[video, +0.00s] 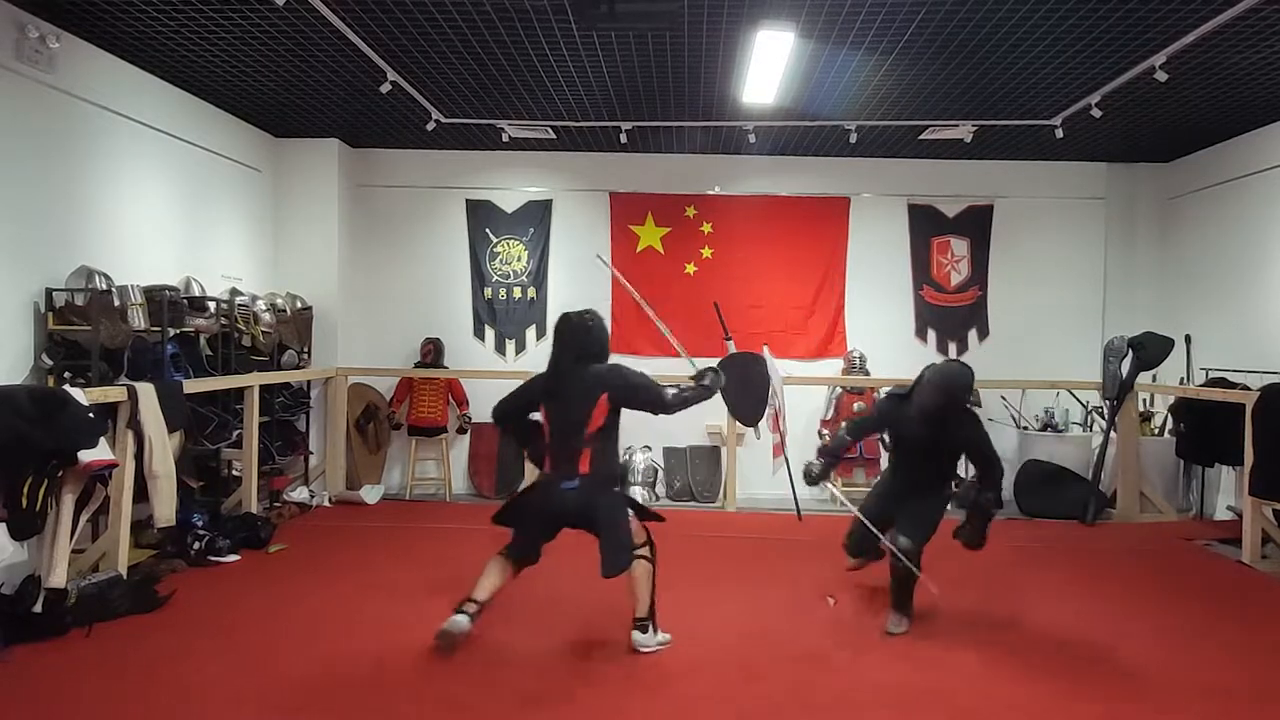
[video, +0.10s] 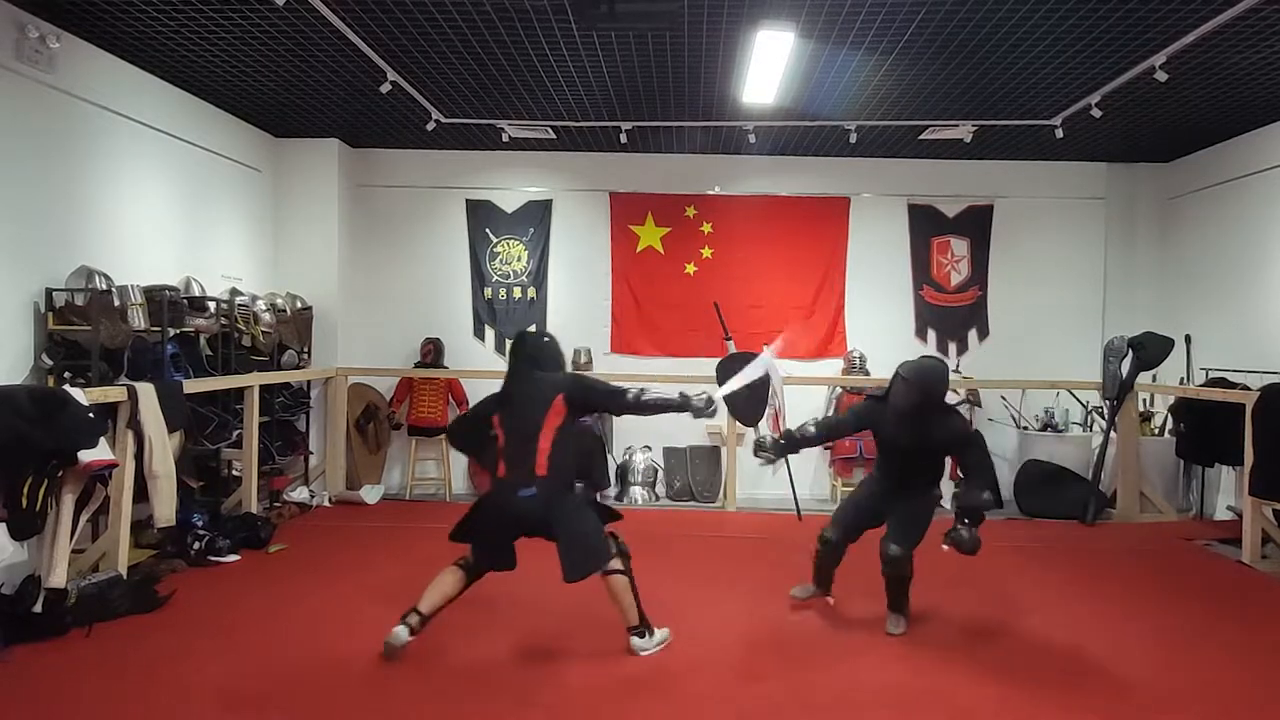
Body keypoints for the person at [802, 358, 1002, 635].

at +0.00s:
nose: (927, 400)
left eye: (936, 397)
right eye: (927, 391)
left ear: (952, 400)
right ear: (921, 384)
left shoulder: (965, 424)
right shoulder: (897, 406)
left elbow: (991, 470)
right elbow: (855, 430)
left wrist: (980, 516)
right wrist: (826, 460)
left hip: (931, 492)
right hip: (894, 481)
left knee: (903, 548)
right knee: (854, 544)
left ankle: (900, 611)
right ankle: (875, 552)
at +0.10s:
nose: (898, 395)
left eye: (908, 392)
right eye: (899, 387)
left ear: (928, 398)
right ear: (896, 382)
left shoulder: (950, 426)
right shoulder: (879, 408)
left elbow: (978, 470)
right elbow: (832, 426)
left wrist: (968, 519)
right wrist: (785, 442)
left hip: (919, 494)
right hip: (880, 484)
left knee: (894, 552)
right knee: (831, 537)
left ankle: (896, 612)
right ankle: (820, 586)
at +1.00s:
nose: (890, 337)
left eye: (899, 330)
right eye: (890, 330)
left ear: (920, 336)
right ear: (889, 337)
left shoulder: (946, 376)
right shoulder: (886, 379)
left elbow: (982, 428)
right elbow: (872, 426)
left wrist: (953, 451)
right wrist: (828, 429)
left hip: (930, 485)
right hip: (890, 481)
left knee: (919, 576)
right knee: (850, 549)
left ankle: (946, 625)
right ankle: (833, 625)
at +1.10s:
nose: (903, 332)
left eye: (911, 326)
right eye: (902, 325)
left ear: (932, 331)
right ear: (901, 330)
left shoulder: (958, 370)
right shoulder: (902, 372)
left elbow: (996, 426)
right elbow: (887, 423)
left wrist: (972, 460)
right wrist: (849, 425)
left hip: (943, 481)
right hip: (903, 474)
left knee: (923, 566)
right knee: (864, 544)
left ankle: (946, 625)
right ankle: (874, 616)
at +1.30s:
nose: (921, 331)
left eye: (929, 324)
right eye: (920, 324)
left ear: (951, 327)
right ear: (920, 327)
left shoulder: (977, 367)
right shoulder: (921, 368)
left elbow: (1011, 416)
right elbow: (909, 418)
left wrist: (1022, 462)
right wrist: (885, 427)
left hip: (963, 468)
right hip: (925, 464)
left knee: (935, 550)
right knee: (910, 546)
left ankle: (946, 624)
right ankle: (950, 587)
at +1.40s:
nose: (929, 328)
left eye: (937, 321)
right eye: (925, 320)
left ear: (956, 325)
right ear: (920, 324)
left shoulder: (983, 365)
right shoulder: (925, 366)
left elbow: (1023, 413)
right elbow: (915, 406)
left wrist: (1034, 458)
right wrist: (901, 429)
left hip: (971, 465)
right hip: (936, 462)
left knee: (950, 546)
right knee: (934, 542)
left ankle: (947, 623)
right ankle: (966, 588)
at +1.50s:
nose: (932, 331)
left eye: (940, 324)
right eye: (929, 324)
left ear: (959, 328)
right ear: (925, 328)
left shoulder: (990, 368)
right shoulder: (930, 371)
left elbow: (1031, 411)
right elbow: (917, 412)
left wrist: (1041, 445)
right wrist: (905, 434)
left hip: (986, 464)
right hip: (949, 462)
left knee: (968, 538)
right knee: (943, 540)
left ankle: (957, 615)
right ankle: (972, 597)